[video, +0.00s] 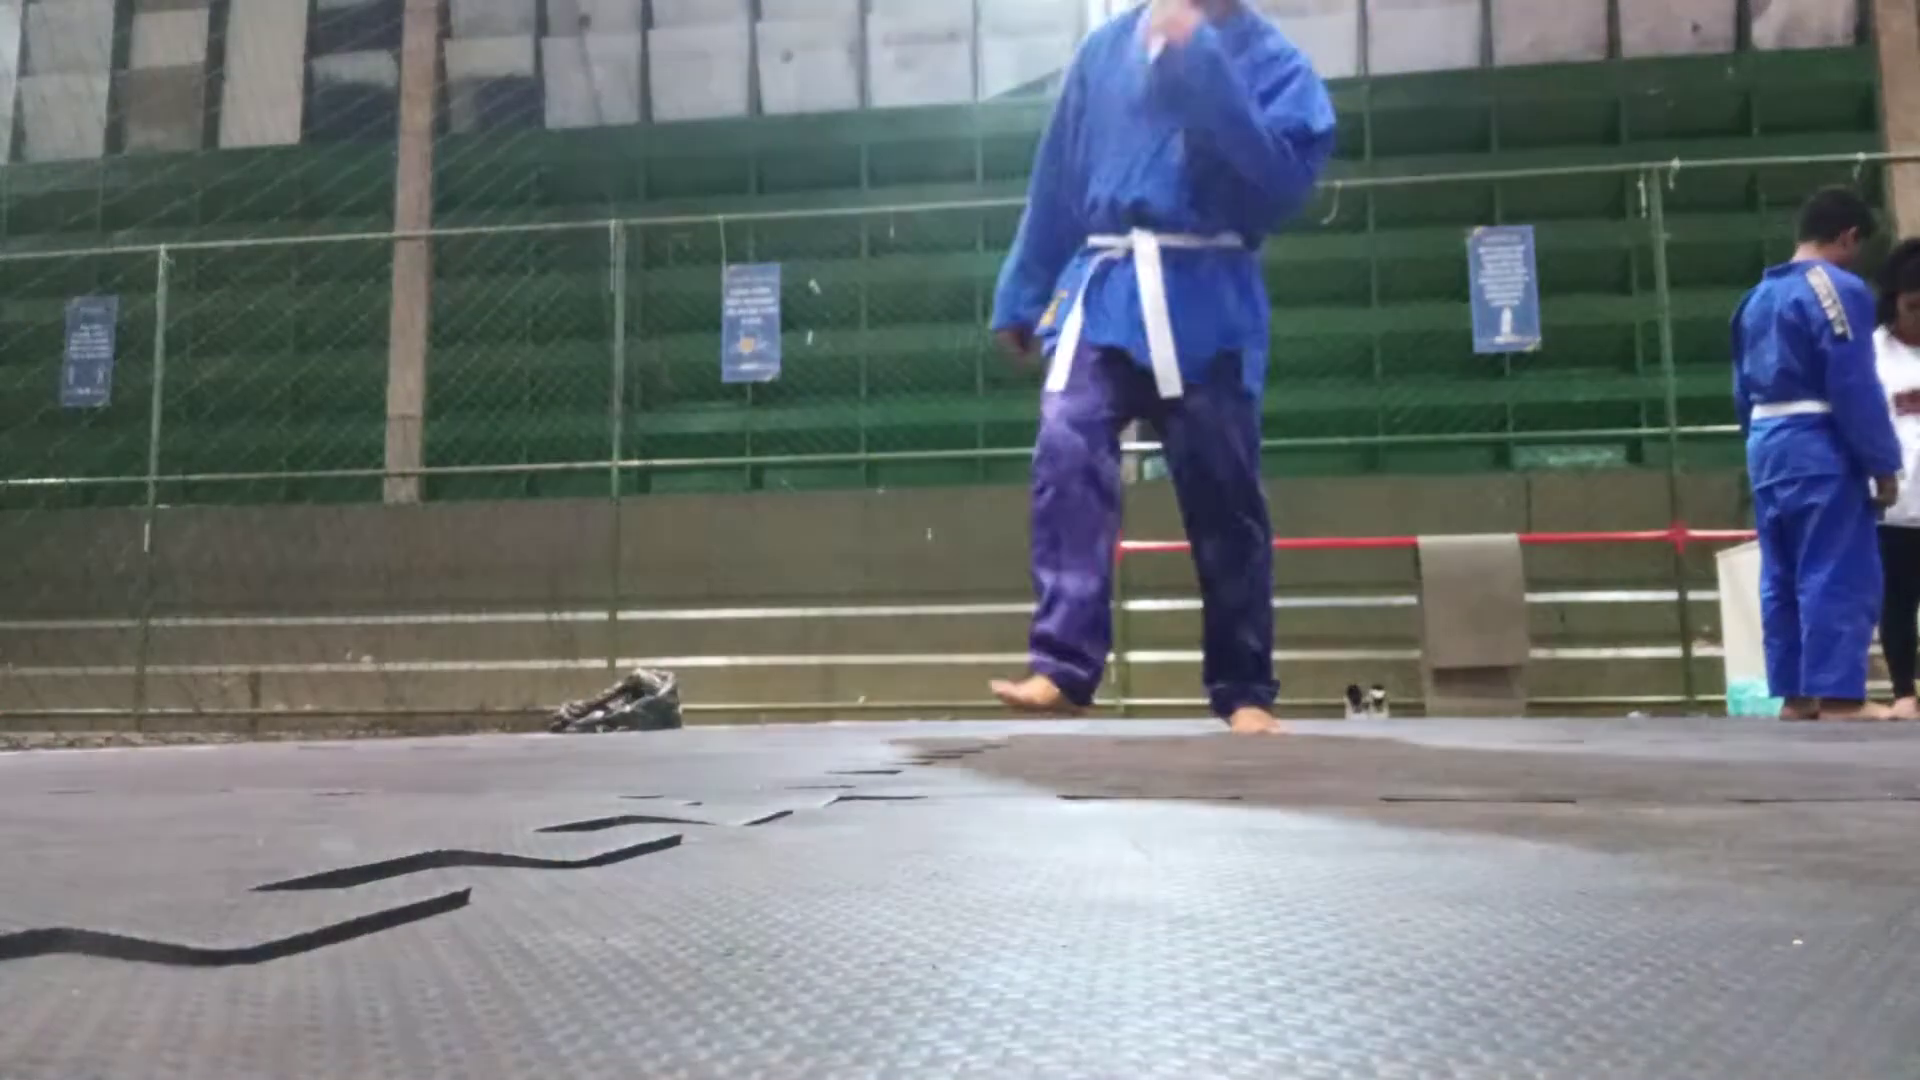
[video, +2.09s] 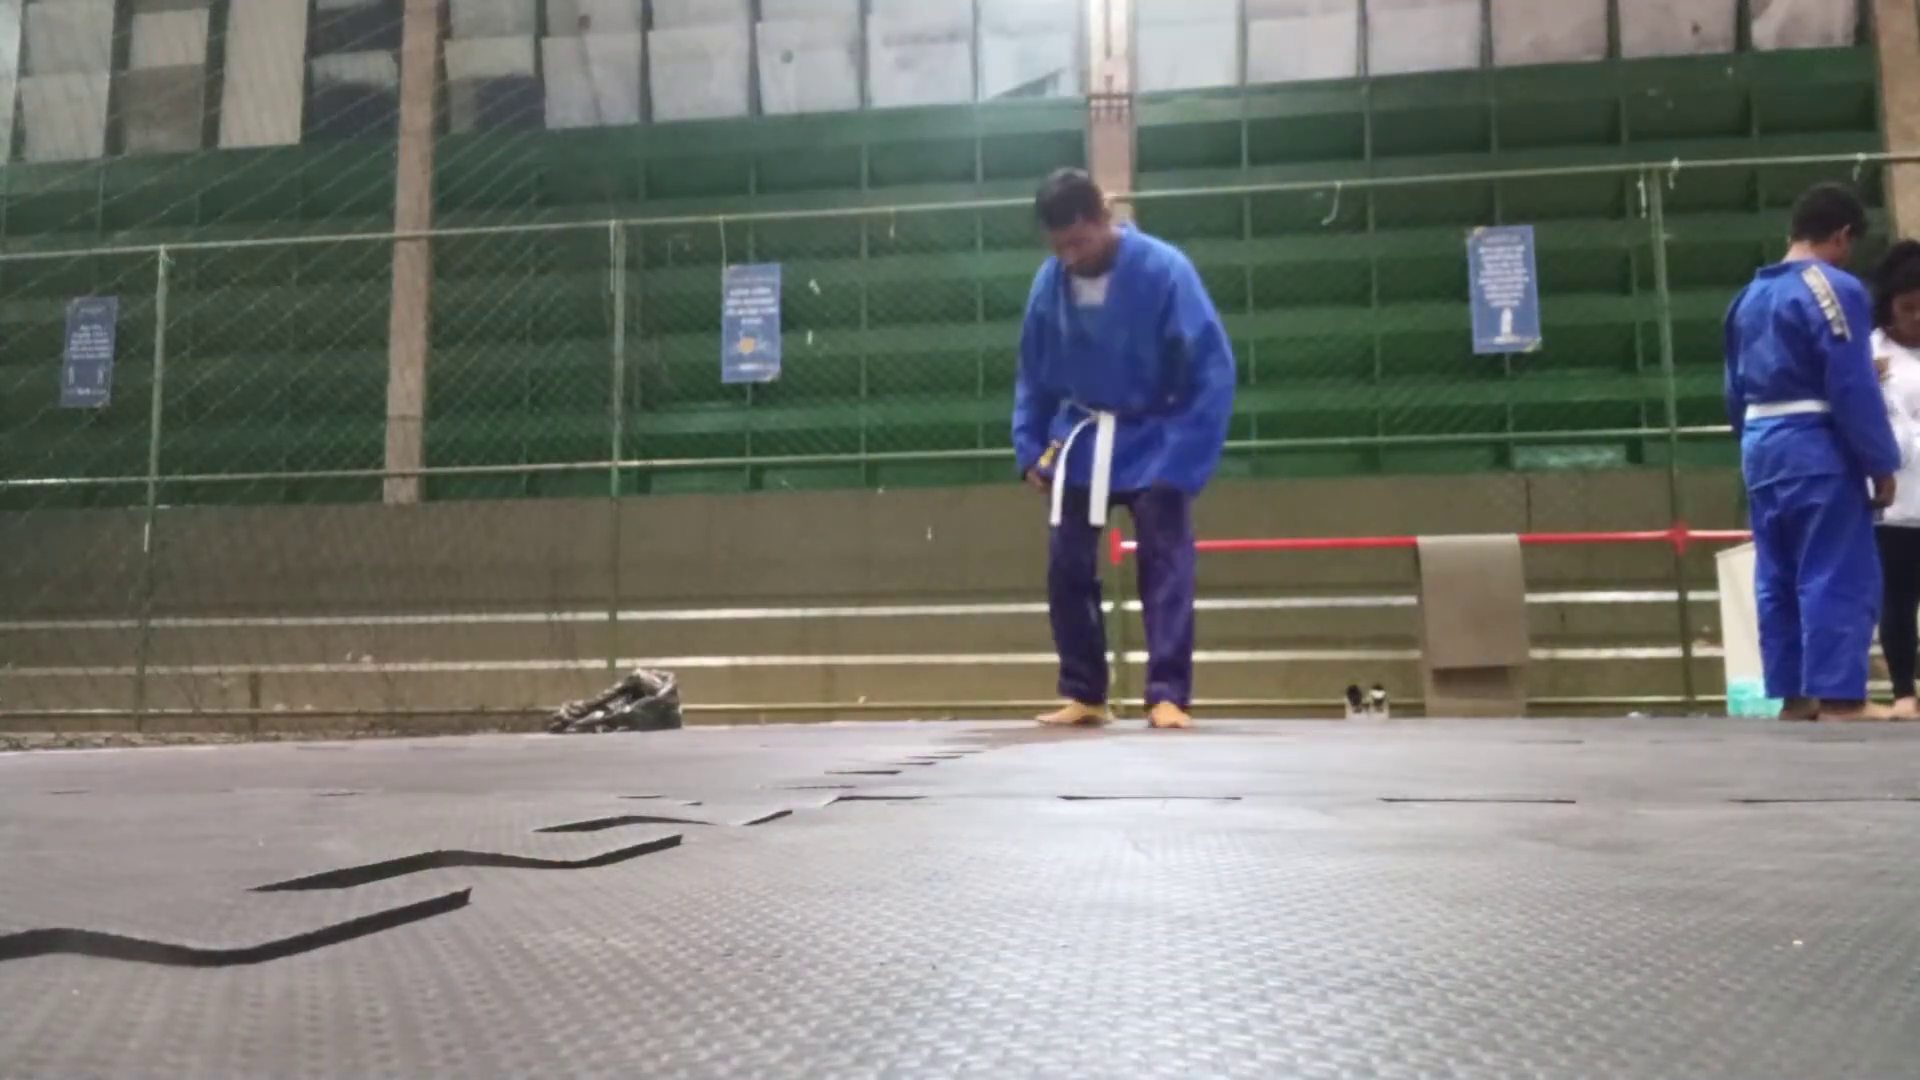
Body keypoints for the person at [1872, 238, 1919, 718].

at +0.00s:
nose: (1917, 315)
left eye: (1919, 305)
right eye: (1911, 305)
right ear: (1893, 305)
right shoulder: (1871, 350)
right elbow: (1854, 408)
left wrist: (1898, 401)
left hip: (1913, 499)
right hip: (1894, 500)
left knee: (1907, 604)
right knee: (1898, 604)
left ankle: (1908, 689)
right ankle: (1904, 690)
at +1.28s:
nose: (1914, 316)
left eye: (1918, 307)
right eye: (1908, 307)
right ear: (1889, 307)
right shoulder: (1870, 351)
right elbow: (1853, 412)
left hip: (1914, 496)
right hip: (1893, 497)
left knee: (1906, 603)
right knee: (1898, 603)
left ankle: (1908, 688)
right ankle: (1904, 689)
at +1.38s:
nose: (1914, 317)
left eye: (1918, 307)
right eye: (1907, 307)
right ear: (1889, 307)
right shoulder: (1871, 349)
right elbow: (1855, 414)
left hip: (1914, 496)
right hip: (1893, 497)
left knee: (1907, 603)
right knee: (1898, 603)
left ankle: (1908, 688)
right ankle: (1904, 690)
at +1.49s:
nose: (1915, 317)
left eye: (1918, 307)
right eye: (1908, 307)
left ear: (1919, 307)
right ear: (1889, 307)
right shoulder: (1871, 349)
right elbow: (1853, 411)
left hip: (1913, 498)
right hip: (1893, 498)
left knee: (1906, 604)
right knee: (1898, 604)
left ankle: (1908, 689)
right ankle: (1904, 690)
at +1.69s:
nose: (1915, 316)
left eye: (1918, 307)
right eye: (1908, 307)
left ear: (1919, 307)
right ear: (1889, 307)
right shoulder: (1870, 351)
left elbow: (1862, 419)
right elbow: (1856, 417)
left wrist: (1875, 466)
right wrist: (1872, 469)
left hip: (1912, 499)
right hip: (1893, 499)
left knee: (1906, 605)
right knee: (1898, 604)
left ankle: (1908, 688)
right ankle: (1904, 689)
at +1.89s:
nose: (1914, 316)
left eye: (1917, 307)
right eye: (1907, 306)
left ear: (1919, 307)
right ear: (1888, 306)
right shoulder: (1871, 349)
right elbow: (1840, 394)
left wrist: (1910, 383)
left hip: (1913, 495)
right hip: (1893, 495)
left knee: (1906, 604)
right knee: (1898, 603)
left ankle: (1908, 688)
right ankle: (1904, 690)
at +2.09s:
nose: (1914, 316)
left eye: (1917, 307)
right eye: (1907, 307)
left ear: (1919, 307)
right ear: (1888, 307)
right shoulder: (1872, 351)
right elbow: (1850, 412)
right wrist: (1862, 383)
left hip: (1911, 498)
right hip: (1894, 498)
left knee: (1906, 604)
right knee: (1898, 604)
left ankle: (1908, 688)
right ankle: (1904, 690)